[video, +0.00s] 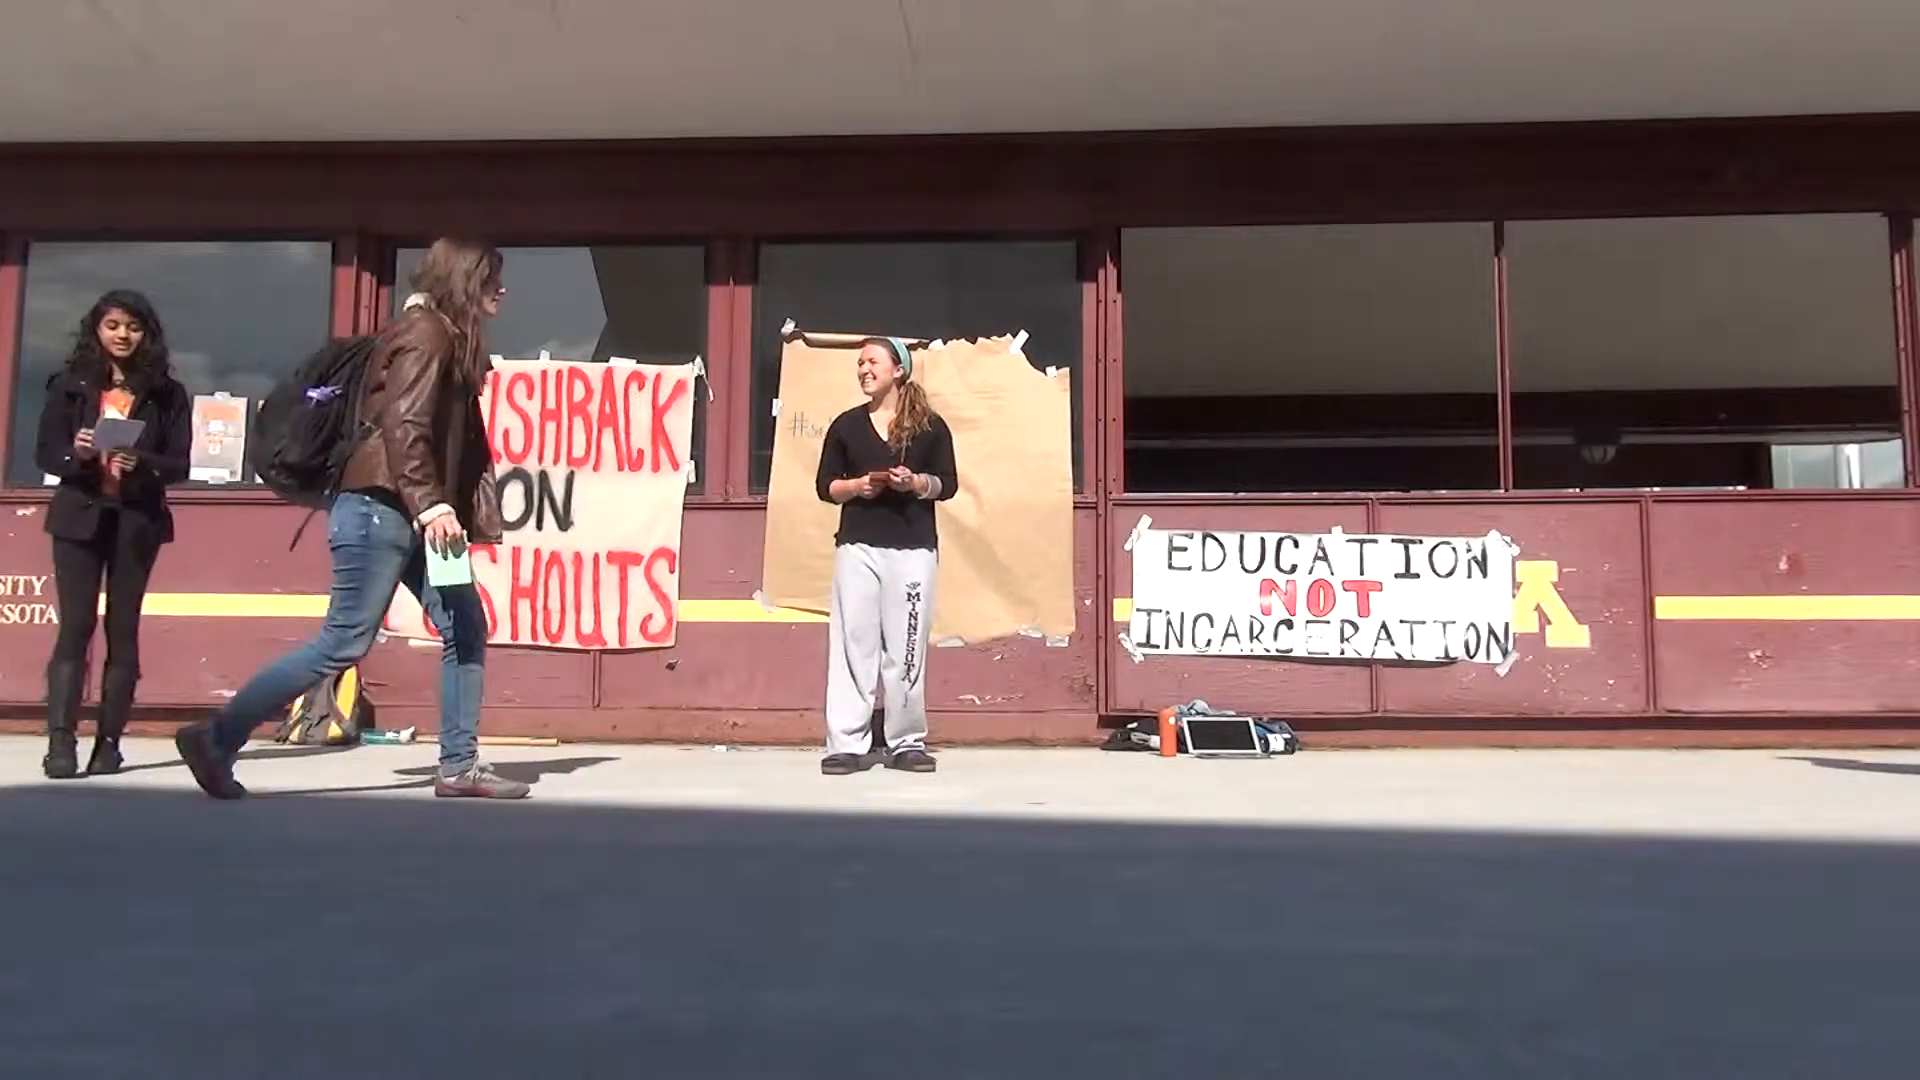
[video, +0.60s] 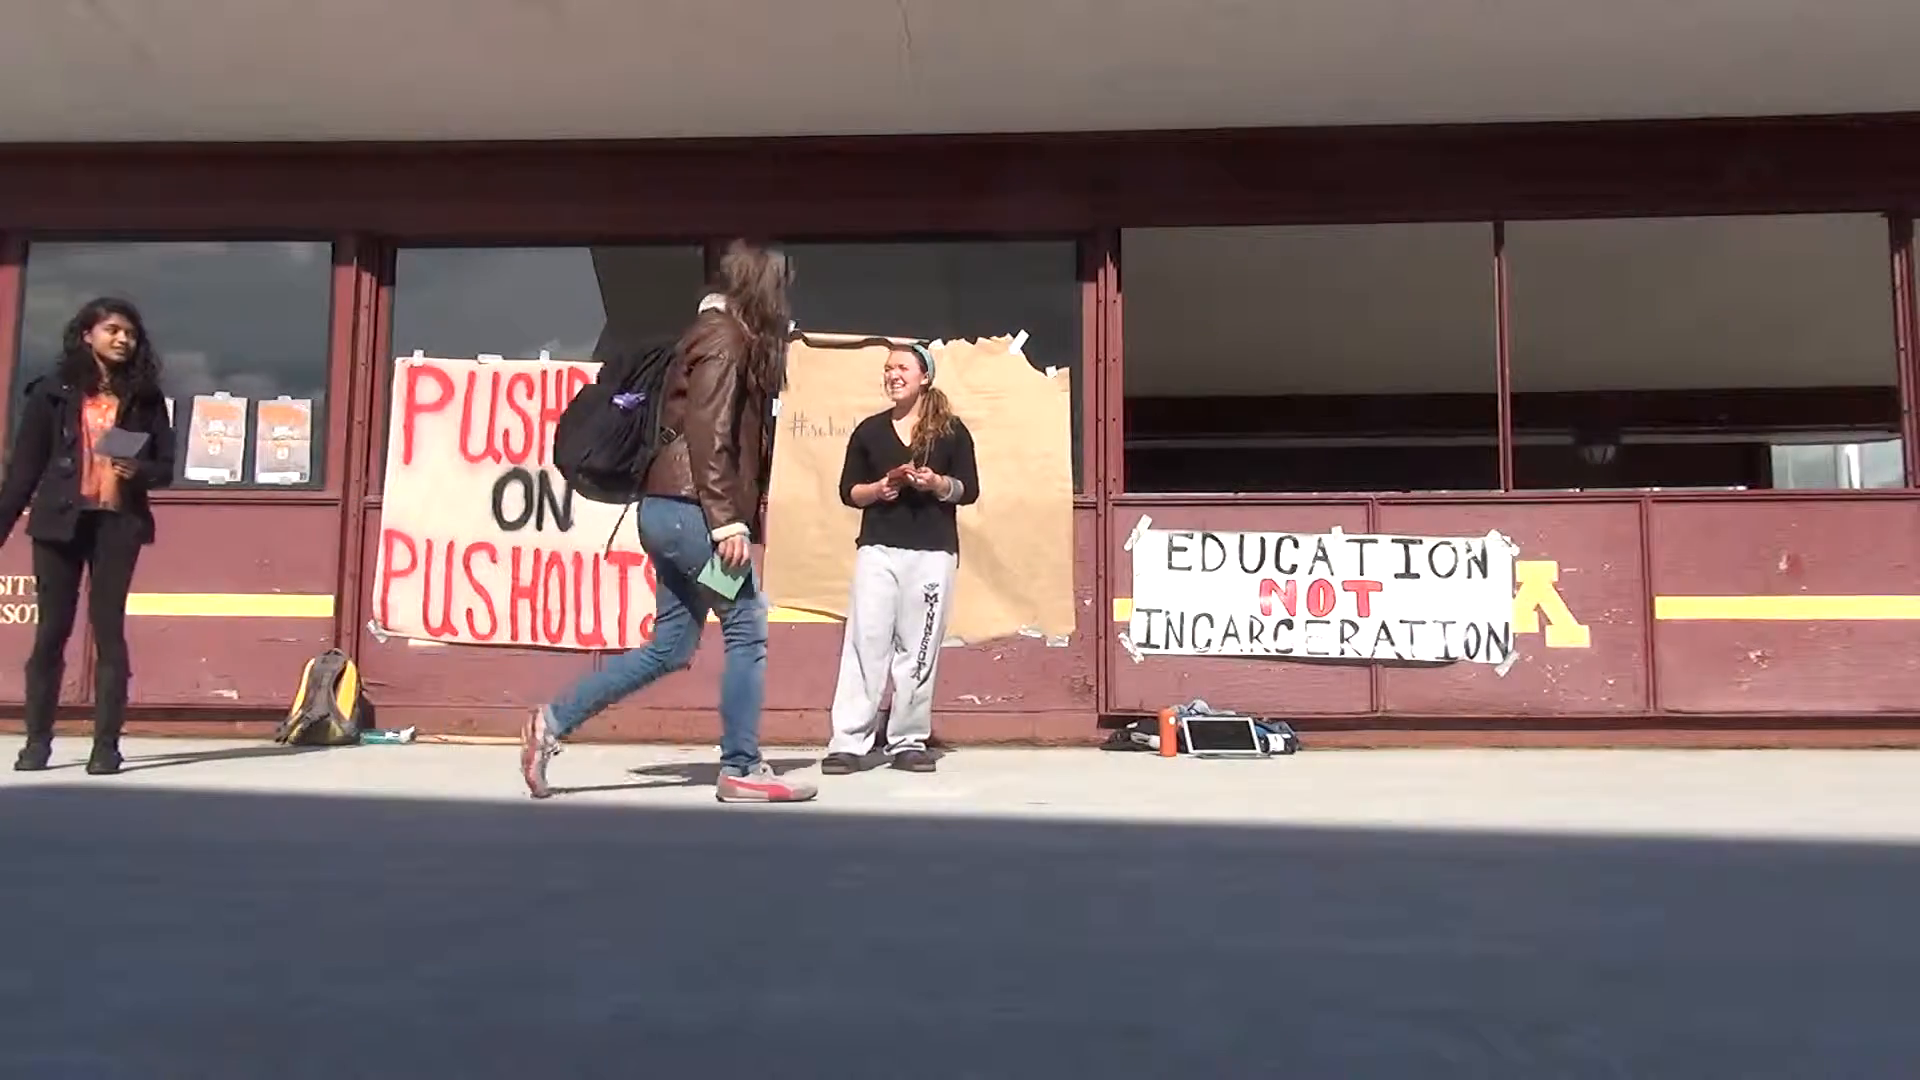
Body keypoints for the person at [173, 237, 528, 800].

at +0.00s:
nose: (501, 291)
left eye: (500, 281)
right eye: (494, 280)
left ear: (453, 277)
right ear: (466, 281)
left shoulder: (447, 337)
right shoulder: (424, 333)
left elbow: (446, 437)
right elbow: (406, 427)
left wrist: (462, 506)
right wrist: (429, 503)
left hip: (413, 513)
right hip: (375, 505)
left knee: (467, 625)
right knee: (342, 644)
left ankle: (458, 769)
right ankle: (214, 742)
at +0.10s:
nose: (546, 287)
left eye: (545, 276)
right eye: (539, 276)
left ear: (498, 271)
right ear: (512, 274)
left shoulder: (501, 330)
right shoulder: (475, 325)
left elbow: (485, 424)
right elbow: (451, 414)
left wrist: (502, 503)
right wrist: (446, 498)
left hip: (471, 501)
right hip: (433, 497)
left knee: (482, 640)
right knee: (449, 636)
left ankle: (458, 769)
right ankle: (320, 720)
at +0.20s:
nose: (587, 279)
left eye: (586, 268)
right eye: (582, 267)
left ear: (535, 261)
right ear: (562, 266)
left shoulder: (538, 317)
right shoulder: (518, 311)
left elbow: (509, 411)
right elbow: (491, 403)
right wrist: (483, 489)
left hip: (486, 491)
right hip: (478, 491)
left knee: (489, 628)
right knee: (534, 616)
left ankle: (462, 760)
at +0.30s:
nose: (636, 289)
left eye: (636, 278)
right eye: (630, 278)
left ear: (586, 270)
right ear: (606, 275)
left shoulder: (582, 327)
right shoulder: (562, 322)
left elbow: (560, 421)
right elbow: (533, 415)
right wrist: (532, 500)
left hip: (527, 500)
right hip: (518, 500)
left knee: (502, 639)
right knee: (595, 619)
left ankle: (460, 765)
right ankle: (603, 765)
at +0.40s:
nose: (686, 309)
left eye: (686, 298)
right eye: (680, 297)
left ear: (635, 289)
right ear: (653, 293)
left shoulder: (620, 337)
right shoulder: (613, 334)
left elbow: (607, 429)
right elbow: (584, 426)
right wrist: (591, 513)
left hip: (560, 511)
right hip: (571, 511)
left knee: (527, 643)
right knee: (646, 633)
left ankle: (463, 762)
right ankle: (711, 760)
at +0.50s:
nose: (734, 308)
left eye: (734, 297)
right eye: (731, 297)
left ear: (682, 289)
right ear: (711, 296)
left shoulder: (666, 340)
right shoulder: (669, 344)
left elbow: (647, 437)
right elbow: (644, 439)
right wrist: (656, 523)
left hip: (614, 516)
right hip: (631, 516)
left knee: (578, 646)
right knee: (710, 631)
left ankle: (484, 746)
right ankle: (736, 769)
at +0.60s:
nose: (784, 294)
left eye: (782, 282)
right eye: (780, 283)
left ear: (730, 279)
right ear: (762, 283)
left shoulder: (710, 332)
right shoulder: (726, 338)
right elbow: (708, 434)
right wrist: (726, 518)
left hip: (665, 505)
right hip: (689, 508)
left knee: (671, 647)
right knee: (748, 625)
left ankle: (551, 723)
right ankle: (741, 770)